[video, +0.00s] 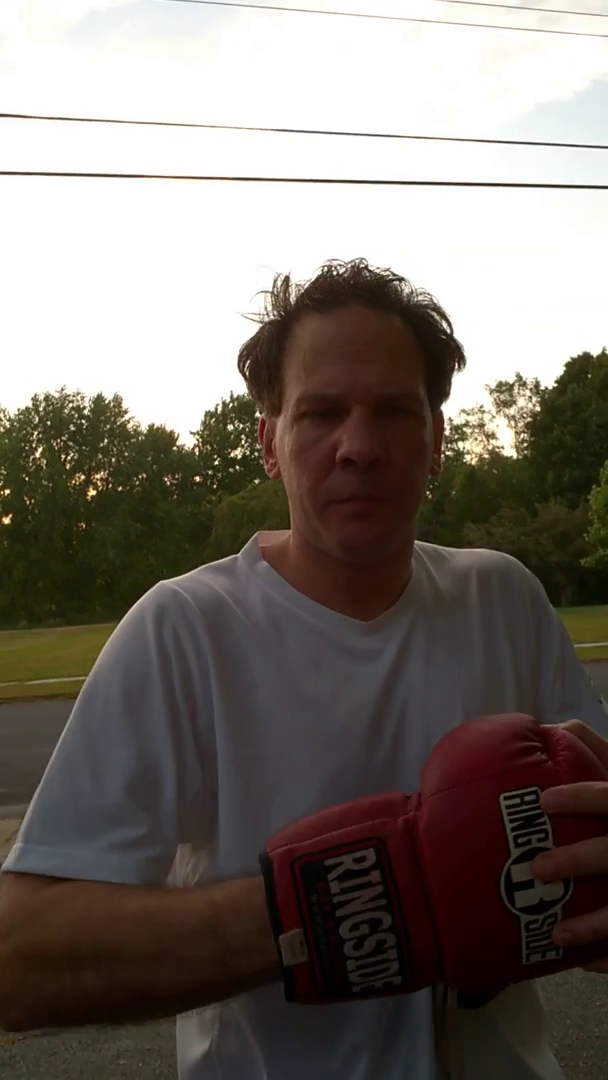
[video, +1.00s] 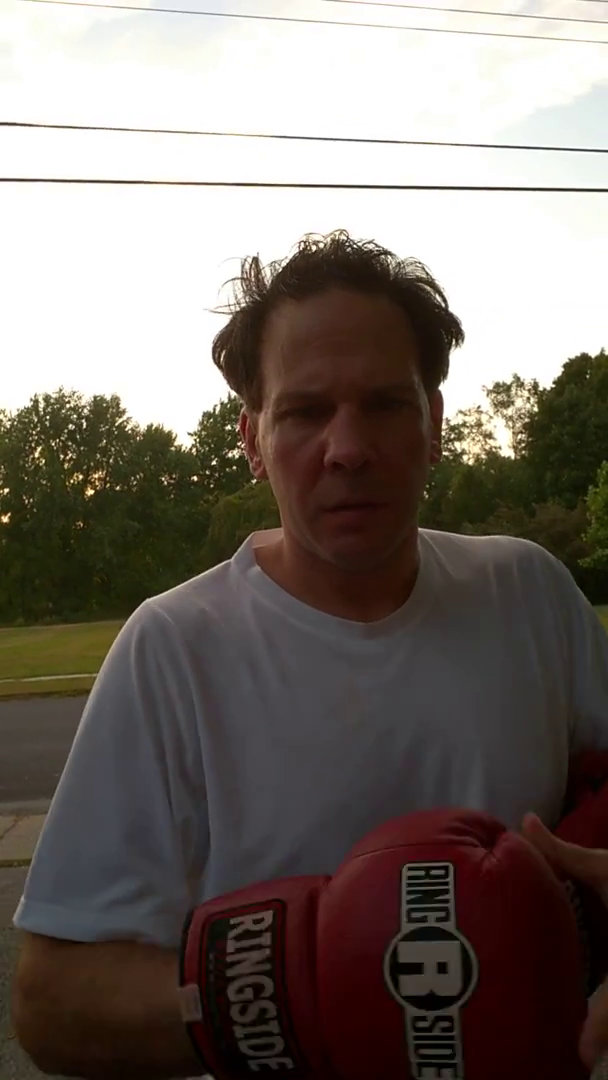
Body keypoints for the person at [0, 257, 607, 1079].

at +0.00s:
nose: (359, 446)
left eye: (394, 411)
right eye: (323, 412)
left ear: (435, 440)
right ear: (271, 443)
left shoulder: (502, 600)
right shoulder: (180, 632)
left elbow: (592, 814)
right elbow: (17, 950)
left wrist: (594, 867)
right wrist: (342, 904)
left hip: (498, 1055)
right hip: (267, 1066)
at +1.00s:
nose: (349, 448)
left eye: (384, 403)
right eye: (308, 410)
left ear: (434, 429)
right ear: (255, 441)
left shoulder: (532, 595)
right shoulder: (171, 650)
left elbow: (603, 807)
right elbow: (53, 998)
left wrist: (589, 874)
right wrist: (300, 983)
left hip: (544, 1054)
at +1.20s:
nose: (338, 454)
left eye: (375, 406)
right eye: (295, 415)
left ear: (433, 422)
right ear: (248, 442)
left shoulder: (539, 598)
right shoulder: (165, 661)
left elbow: (600, 850)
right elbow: (61, 964)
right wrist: (210, 1038)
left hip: (520, 1059)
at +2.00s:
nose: (310, 463)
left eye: (349, 410)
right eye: (264, 420)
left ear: (405, 422)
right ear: (212, 447)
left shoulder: (524, 595)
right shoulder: (130, 680)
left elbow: (604, 833)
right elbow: (64, 977)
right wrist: (98, 1057)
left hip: (523, 1060)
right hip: (262, 1068)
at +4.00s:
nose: (300, 467)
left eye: (336, 418)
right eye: (255, 426)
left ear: (389, 423)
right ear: (201, 450)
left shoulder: (512, 600)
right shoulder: (125, 666)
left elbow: (605, 791)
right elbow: (53, 945)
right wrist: (111, 969)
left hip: (518, 1064)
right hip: (247, 1070)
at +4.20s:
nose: (389, 543)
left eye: (417, 489)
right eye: (339, 499)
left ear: (437, 446)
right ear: (231, 464)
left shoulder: (503, 601)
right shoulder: (126, 667)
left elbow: (601, 790)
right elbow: (43, 977)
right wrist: (75, 927)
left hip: (524, 1064)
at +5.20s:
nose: (304, 468)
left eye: (340, 415)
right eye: (260, 430)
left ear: (400, 418)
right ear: (219, 451)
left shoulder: (514, 606)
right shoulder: (138, 652)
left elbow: (596, 807)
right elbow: (47, 975)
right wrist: (99, 901)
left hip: (514, 1064)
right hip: (253, 1066)